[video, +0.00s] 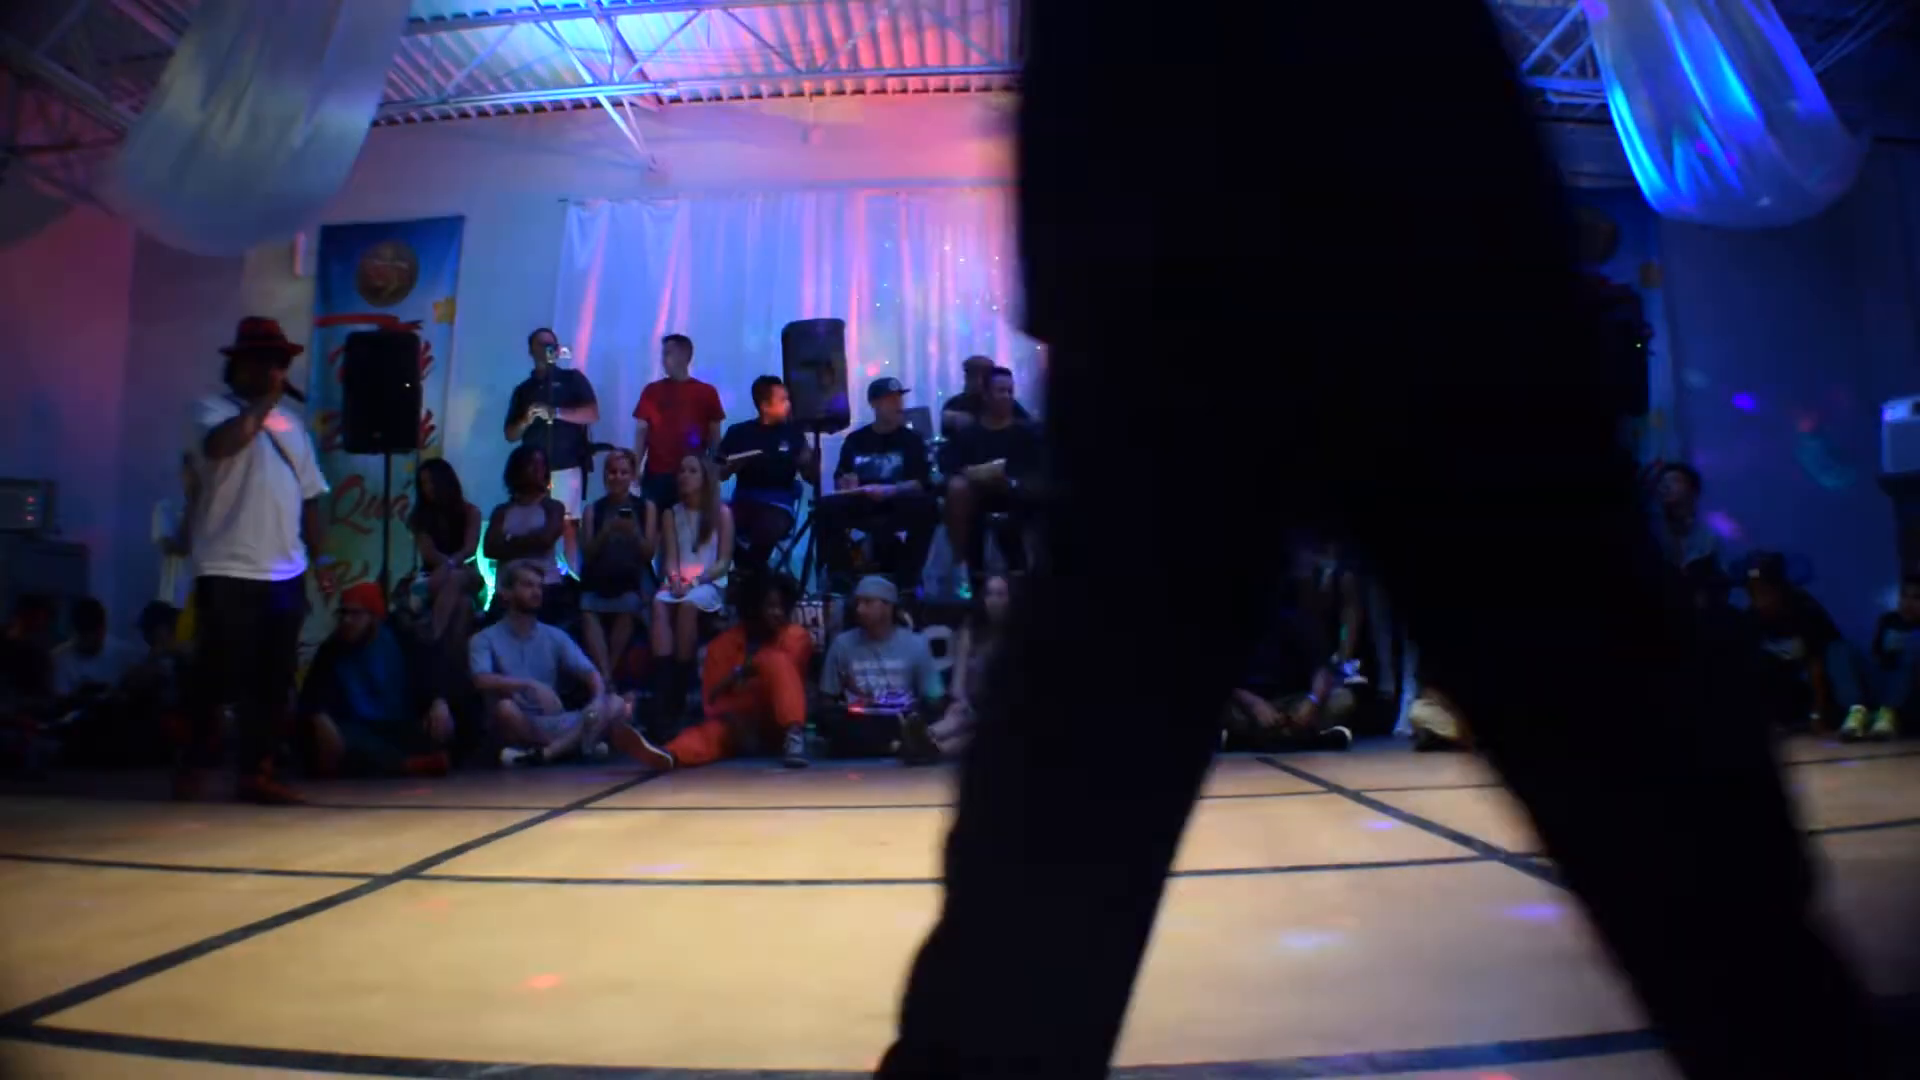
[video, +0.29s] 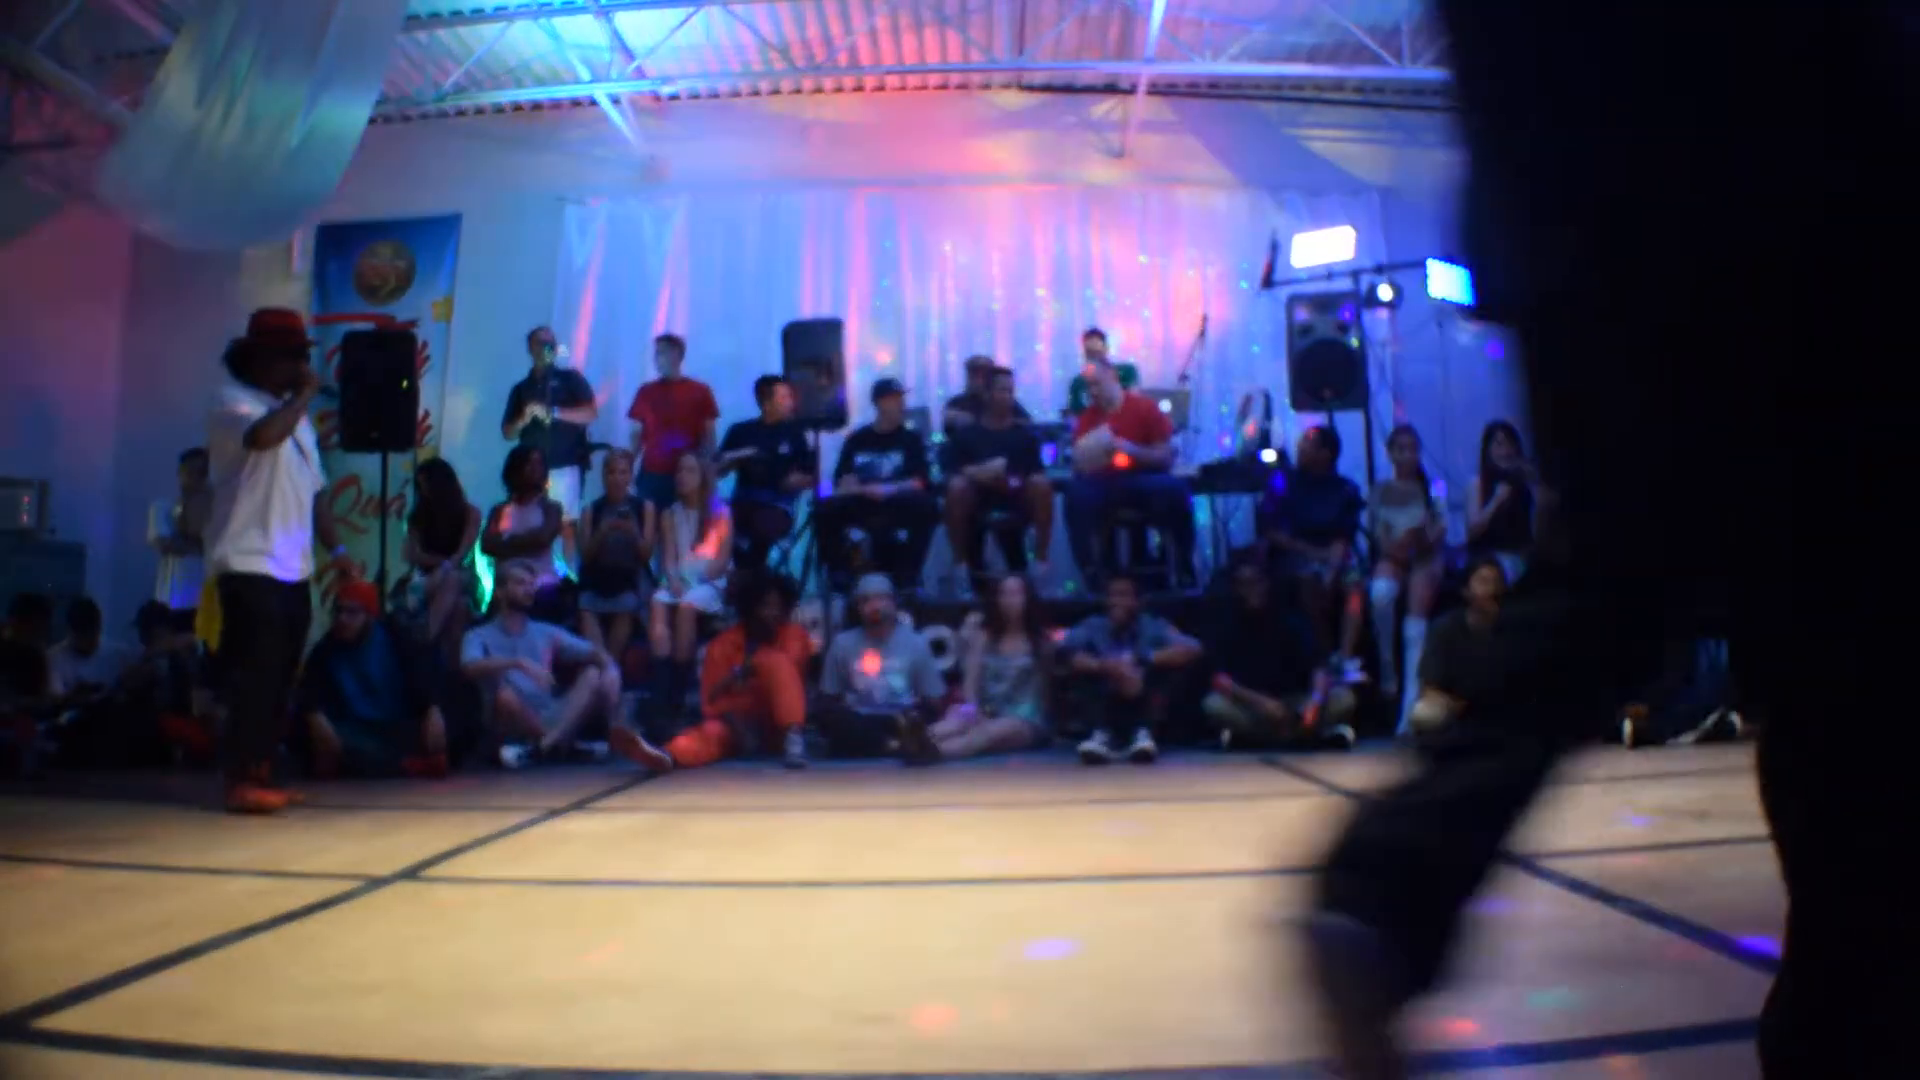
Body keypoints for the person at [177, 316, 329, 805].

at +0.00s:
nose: (274, 375)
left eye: (279, 367)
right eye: (265, 366)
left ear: (284, 372)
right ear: (239, 369)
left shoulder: (290, 425)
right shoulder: (214, 409)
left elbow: (311, 498)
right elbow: (218, 447)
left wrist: (318, 563)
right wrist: (263, 405)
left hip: (282, 575)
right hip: (226, 572)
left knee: (273, 680)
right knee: (215, 677)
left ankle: (260, 773)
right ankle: (194, 769)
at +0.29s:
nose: (299, 367)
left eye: (301, 358)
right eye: (289, 358)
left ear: (298, 366)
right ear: (259, 360)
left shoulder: (301, 423)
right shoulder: (232, 406)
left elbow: (313, 499)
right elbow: (261, 437)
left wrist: (338, 550)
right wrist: (303, 396)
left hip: (291, 569)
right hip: (246, 565)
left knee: (279, 675)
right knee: (256, 671)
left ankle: (261, 772)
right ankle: (244, 778)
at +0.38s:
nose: (305, 366)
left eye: (307, 356)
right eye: (296, 355)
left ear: (302, 364)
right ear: (266, 357)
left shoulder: (296, 415)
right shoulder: (241, 404)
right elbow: (278, 437)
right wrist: (314, 394)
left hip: (292, 570)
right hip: (252, 567)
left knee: (282, 676)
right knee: (260, 675)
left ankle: (270, 769)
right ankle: (255, 774)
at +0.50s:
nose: (316, 365)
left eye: (317, 357)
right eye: (309, 355)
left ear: (289, 358)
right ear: (281, 354)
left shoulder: (285, 404)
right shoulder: (254, 398)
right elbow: (306, 436)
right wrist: (333, 393)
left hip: (291, 563)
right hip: (266, 563)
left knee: (282, 673)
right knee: (271, 673)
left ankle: (271, 770)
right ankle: (260, 775)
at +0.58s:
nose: (325, 362)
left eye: (325, 353)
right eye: (318, 352)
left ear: (290, 354)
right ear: (291, 351)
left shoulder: (286, 399)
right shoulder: (266, 397)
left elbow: (349, 429)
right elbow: (330, 436)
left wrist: (402, 375)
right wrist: (344, 393)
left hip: (291, 560)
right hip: (275, 562)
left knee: (285, 673)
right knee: (282, 673)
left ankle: (273, 774)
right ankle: (266, 778)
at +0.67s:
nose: (333, 359)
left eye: (332, 350)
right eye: (325, 350)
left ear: (290, 351)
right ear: (301, 351)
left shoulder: (274, 392)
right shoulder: (285, 395)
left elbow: (344, 434)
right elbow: (348, 437)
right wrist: (354, 392)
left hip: (282, 556)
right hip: (286, 558)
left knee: (285, 672)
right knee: (287, 673)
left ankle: (276, 774)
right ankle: (270, 778)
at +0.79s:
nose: (345, 360)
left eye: (344, 351)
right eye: (339, 351)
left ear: (298, 351)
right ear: (318, 352)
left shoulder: (279, 394)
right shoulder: (308, 397)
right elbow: (370, 442)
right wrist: (363, 397)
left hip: (271, 551)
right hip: (294, 556)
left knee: (282, 670)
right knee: (293, 671)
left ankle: (273, 775)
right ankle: (278, 778)